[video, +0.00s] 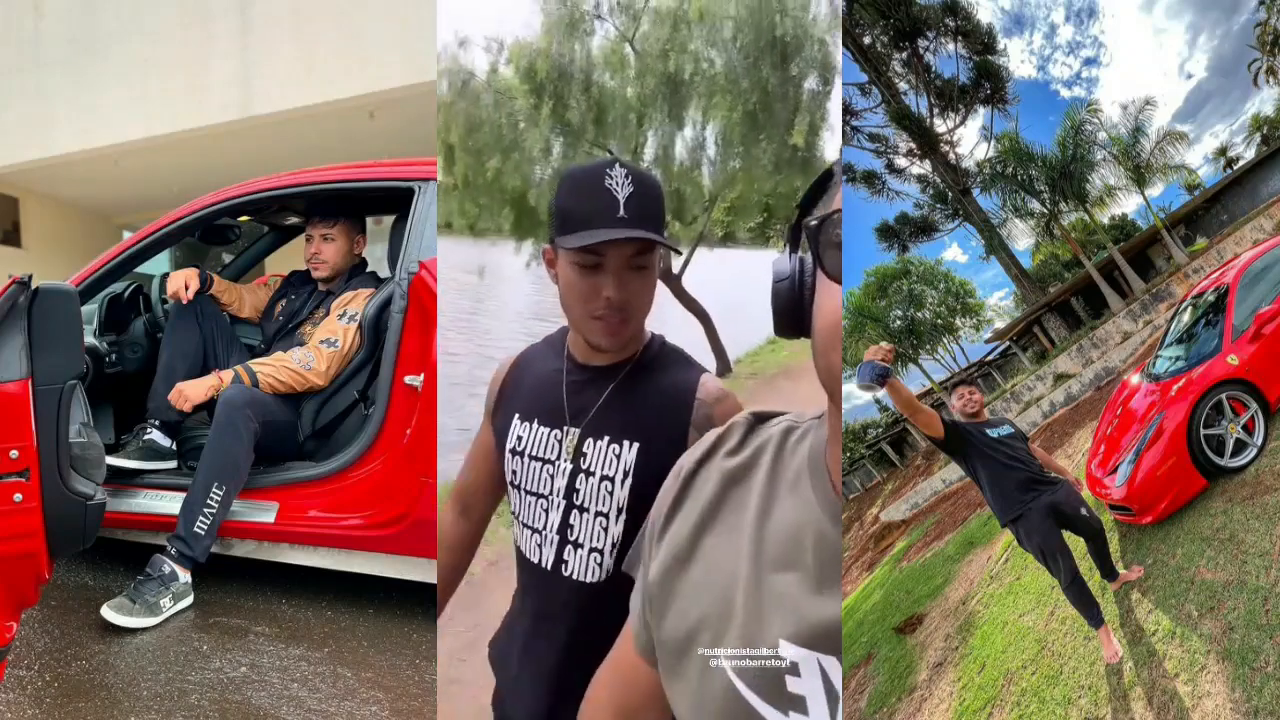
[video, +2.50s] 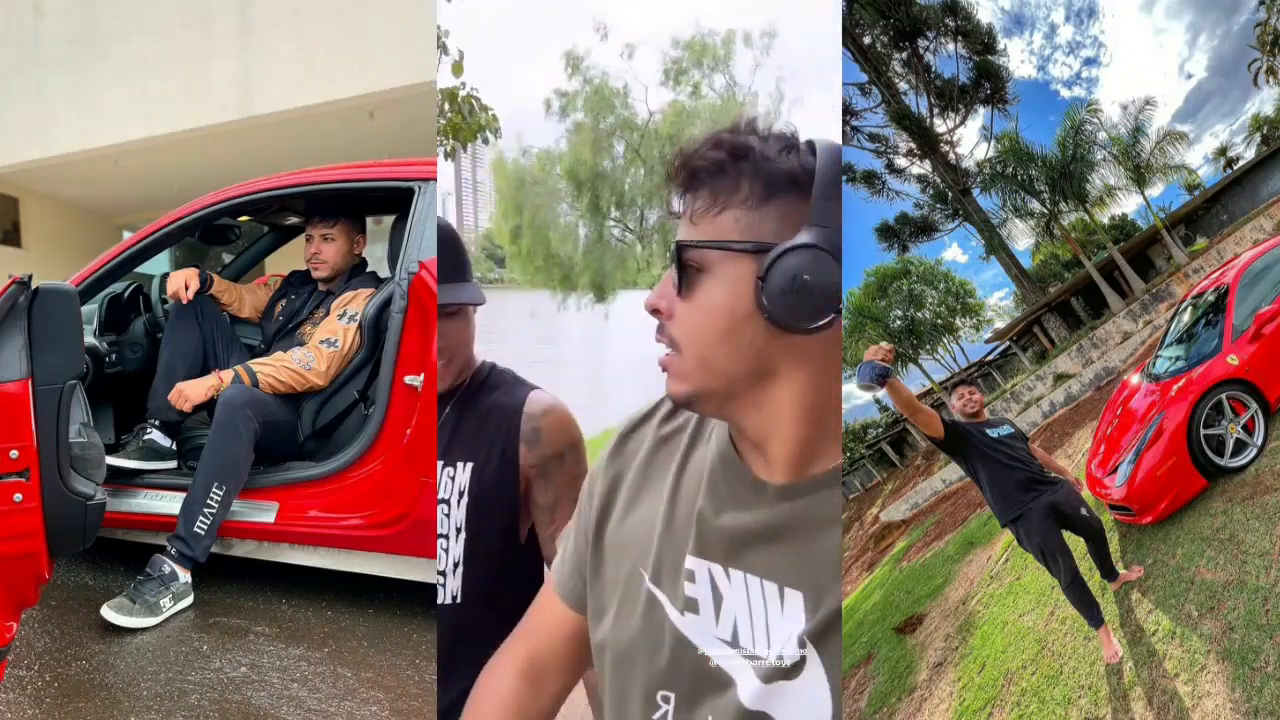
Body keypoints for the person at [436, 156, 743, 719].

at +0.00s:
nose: (613, 292)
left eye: (636, 267)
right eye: (591, 265)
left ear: (658, 270)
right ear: (552, 265)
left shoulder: (702, 408)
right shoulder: (521, 378)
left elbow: (725, 571)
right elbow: (463, 513)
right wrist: (406, 626)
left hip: (631, 691)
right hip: (525, 672)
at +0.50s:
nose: (600, 285)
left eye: (628, 262)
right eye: (582, 258)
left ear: (657, 262)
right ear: (551, 248)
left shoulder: (685, 397)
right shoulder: (520, 345)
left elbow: (682, 582)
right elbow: (471, 477)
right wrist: (437, 614)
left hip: (607, 701)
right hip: (505, 681)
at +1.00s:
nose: (580, 292)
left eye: (605, 265)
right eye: (558, 265)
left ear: (632, 263)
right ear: (528, 260)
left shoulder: (669, 389)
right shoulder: (499, 348)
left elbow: (674, 560)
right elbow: (459, 469)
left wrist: (645, 703)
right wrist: (400, 569)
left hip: (591, 684)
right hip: (486, 660)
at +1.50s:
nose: (635, 292)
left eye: (658, 265)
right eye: (611, 264)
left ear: (676, 267)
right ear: (572, 264)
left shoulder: (718, 401)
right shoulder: (522, 366)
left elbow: (723, 583)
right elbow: (468, 499)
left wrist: (593, 678)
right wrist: (480, 605)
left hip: (659, 698)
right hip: (536, 683)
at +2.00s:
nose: (585, 289)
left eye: (608, 264)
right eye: (564, 266)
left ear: (640, 257)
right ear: (539, 264)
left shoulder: (682, 386)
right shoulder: (515, 342)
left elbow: (677, 561)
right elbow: (462, 454)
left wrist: (615, 706)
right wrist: (444, 512)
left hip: (604, 690)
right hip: (500, 670)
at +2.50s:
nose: (431, 336)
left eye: (448, 313)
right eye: (417, 314)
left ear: (474, 310)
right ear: (393, 319)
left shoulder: (532, 424)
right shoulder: (377, 415)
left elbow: (581, 607)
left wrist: (607, 707)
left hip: (481, 699)